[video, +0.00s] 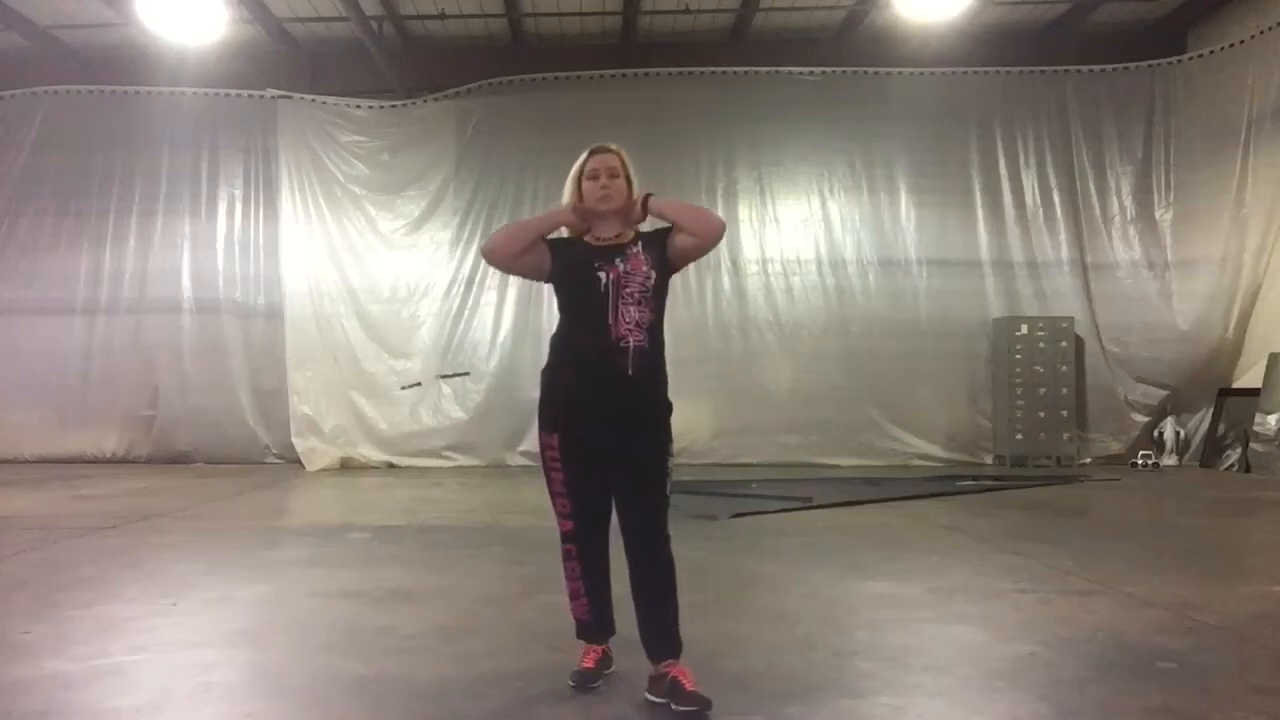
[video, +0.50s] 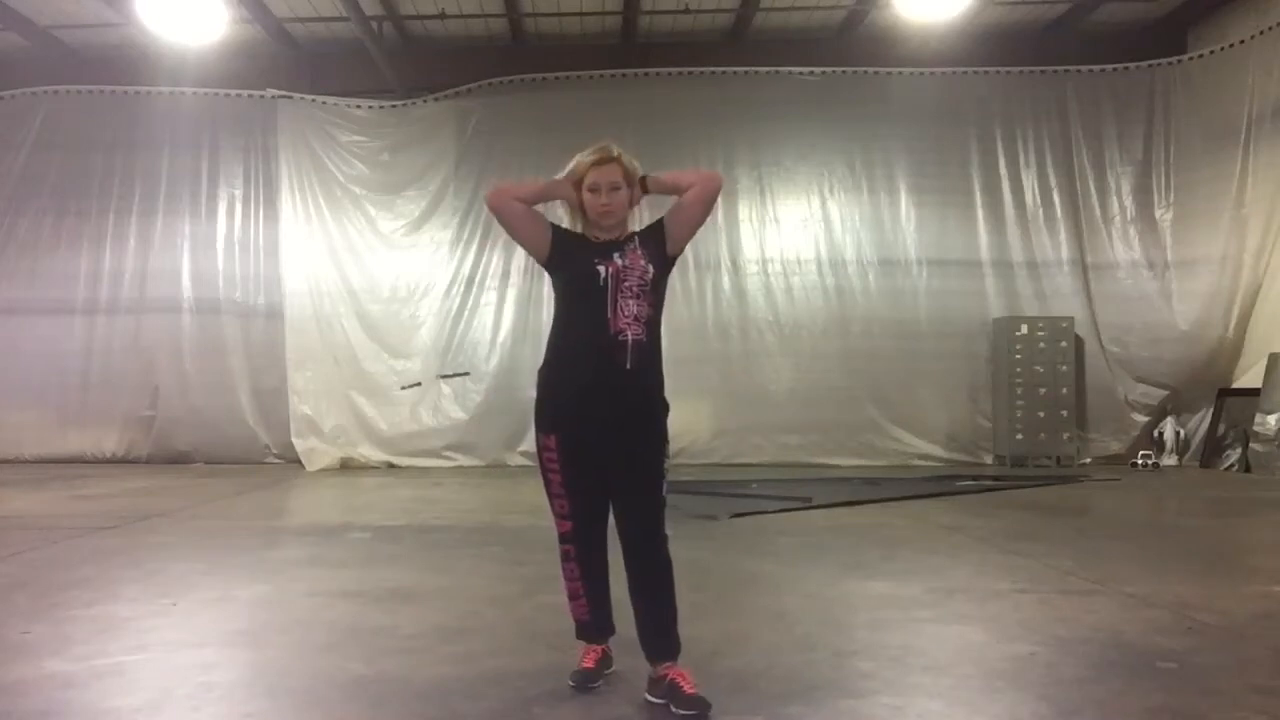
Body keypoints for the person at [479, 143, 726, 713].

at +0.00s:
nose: (603, 183)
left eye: (613, 175)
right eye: (592, 176)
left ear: (631, 190)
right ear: (577, 191)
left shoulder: (657, 252)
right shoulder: (561, 257)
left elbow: (711, 228)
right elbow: (494, 250)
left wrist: (651, 203)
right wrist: (560, 216)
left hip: (641, 414)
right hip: (571, 416)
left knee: (650, 538)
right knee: (582, 536)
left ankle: (666, 662)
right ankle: (594, 646)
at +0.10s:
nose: (603, 186)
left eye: (614, 178)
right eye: (593, 179)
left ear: (632, 191)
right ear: (578, 193)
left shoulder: (657, 249)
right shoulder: (562, 256)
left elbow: (713, 219)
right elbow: (495, 239)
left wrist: (650, 199)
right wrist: (560, 208)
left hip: (641, 414)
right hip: (571, 415)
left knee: (649, 538)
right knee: (582, 536)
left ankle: (666, 662)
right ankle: (594, 646)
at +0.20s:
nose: (605, 189)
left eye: (615, 180)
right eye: (594, 182)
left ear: (633, 192)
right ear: (579, 194)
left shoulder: (657, 249)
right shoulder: (562, 254)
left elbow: (713, 208)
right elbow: (495, 227)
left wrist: (649, 195)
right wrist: (565, 201)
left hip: (640, 415)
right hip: (571, 416)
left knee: (649, 539)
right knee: (581, 536)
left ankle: (666, 663)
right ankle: (594, 647)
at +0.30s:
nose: (605, 194)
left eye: (615, 184)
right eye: (594, 185)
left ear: (633, 192)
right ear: (579, 196)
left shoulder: (657, 248)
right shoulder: (562, 253)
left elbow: (713, 195)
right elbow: (494, 213)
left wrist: (650, 191)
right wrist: (564, 196)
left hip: (639, 416)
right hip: (569, 417)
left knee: (648, 539)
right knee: (581, 537)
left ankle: (666, 663)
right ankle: (594, 647)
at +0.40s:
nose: (607, 198)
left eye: (616, 188)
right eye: (596, 189)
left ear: (634, 194)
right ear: (579, 197)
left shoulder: (656, 246)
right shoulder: (562, 251)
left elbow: (711, 187)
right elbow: (497, 203)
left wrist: (649, 180)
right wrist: (558, 188)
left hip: (638, 415)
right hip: (568, 417)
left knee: (647, 539)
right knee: (580, 537)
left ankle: (665, 663)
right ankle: (594, 645)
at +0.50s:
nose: (606, 199)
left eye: (615, 189)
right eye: (595, 190)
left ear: (633, 194)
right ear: (578, 198)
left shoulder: (655, 247)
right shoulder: (561, 251)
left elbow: (710, 183)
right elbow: (498, 198)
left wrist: (646, 183)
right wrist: (559, 189)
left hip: (637, 416)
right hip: (567, 417)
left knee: (647, 540)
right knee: (580, 538)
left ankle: (665, 663)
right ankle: (593, 645)